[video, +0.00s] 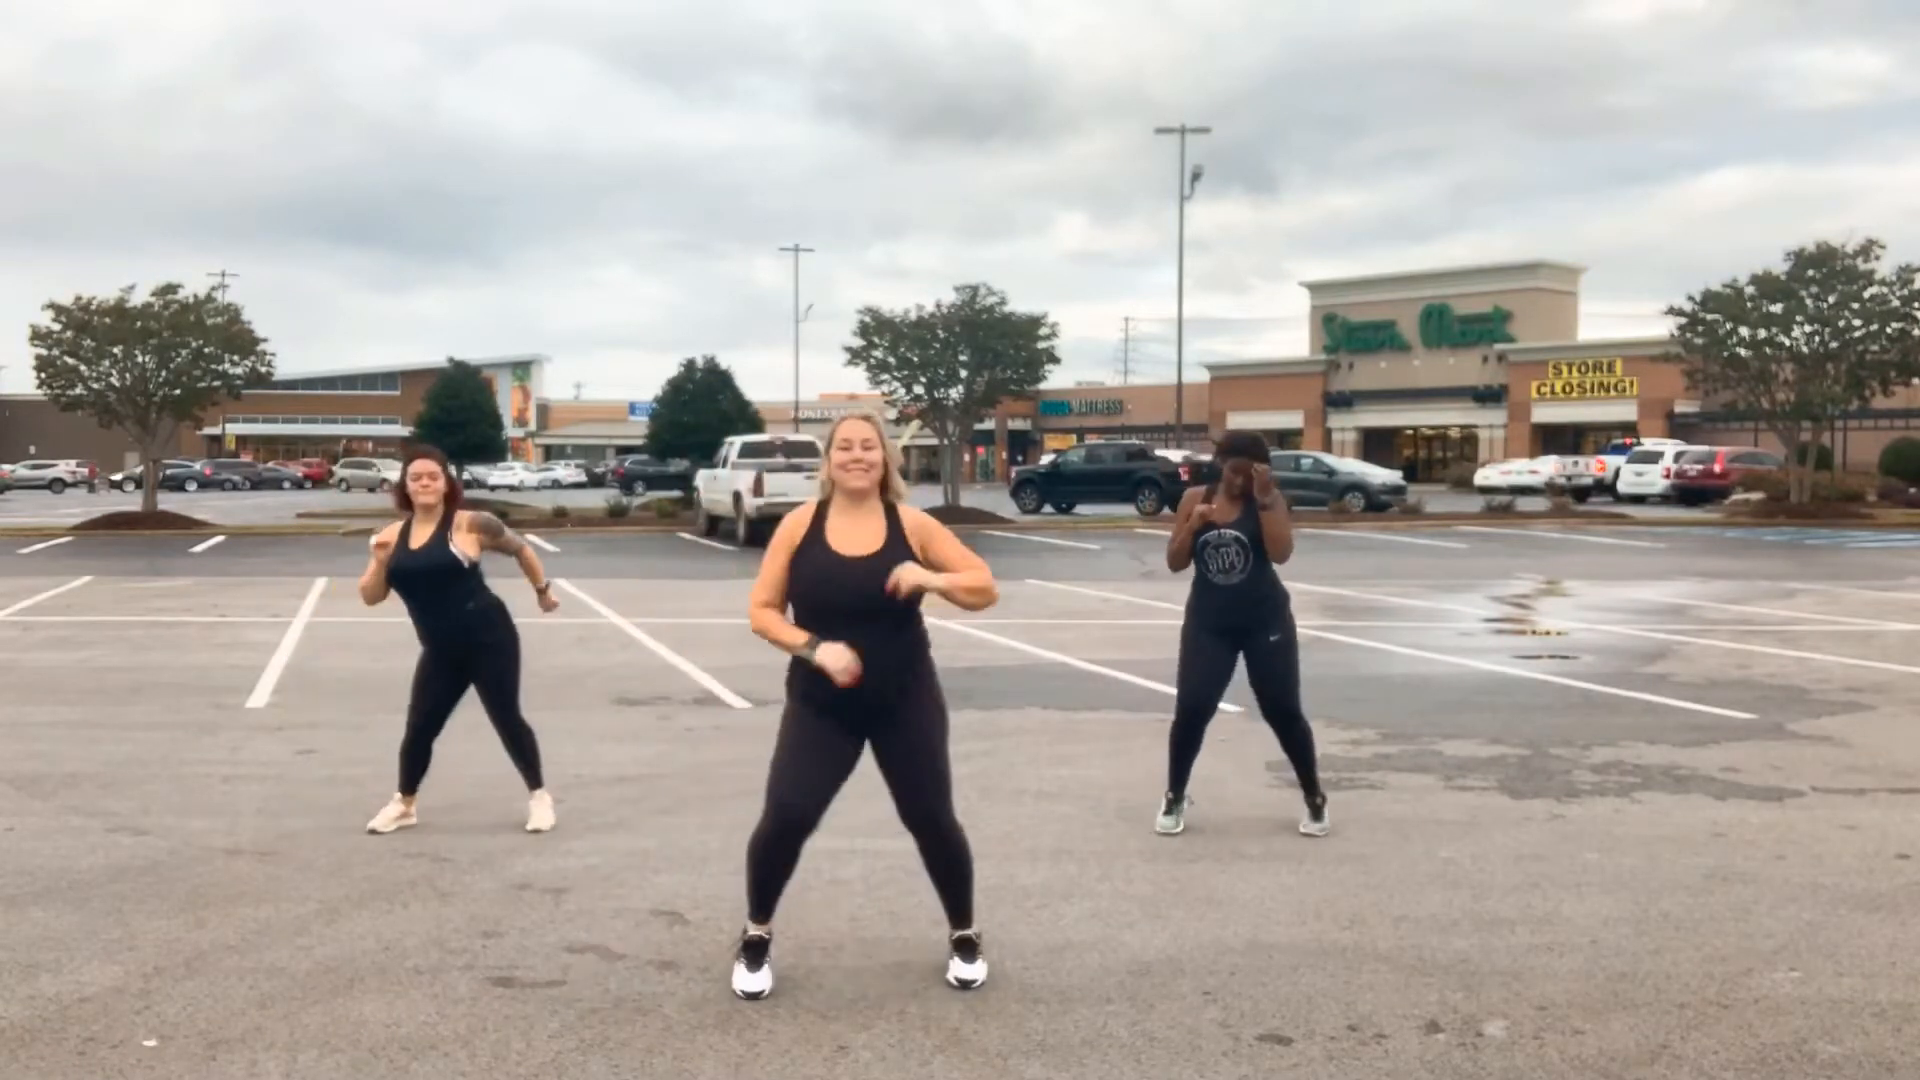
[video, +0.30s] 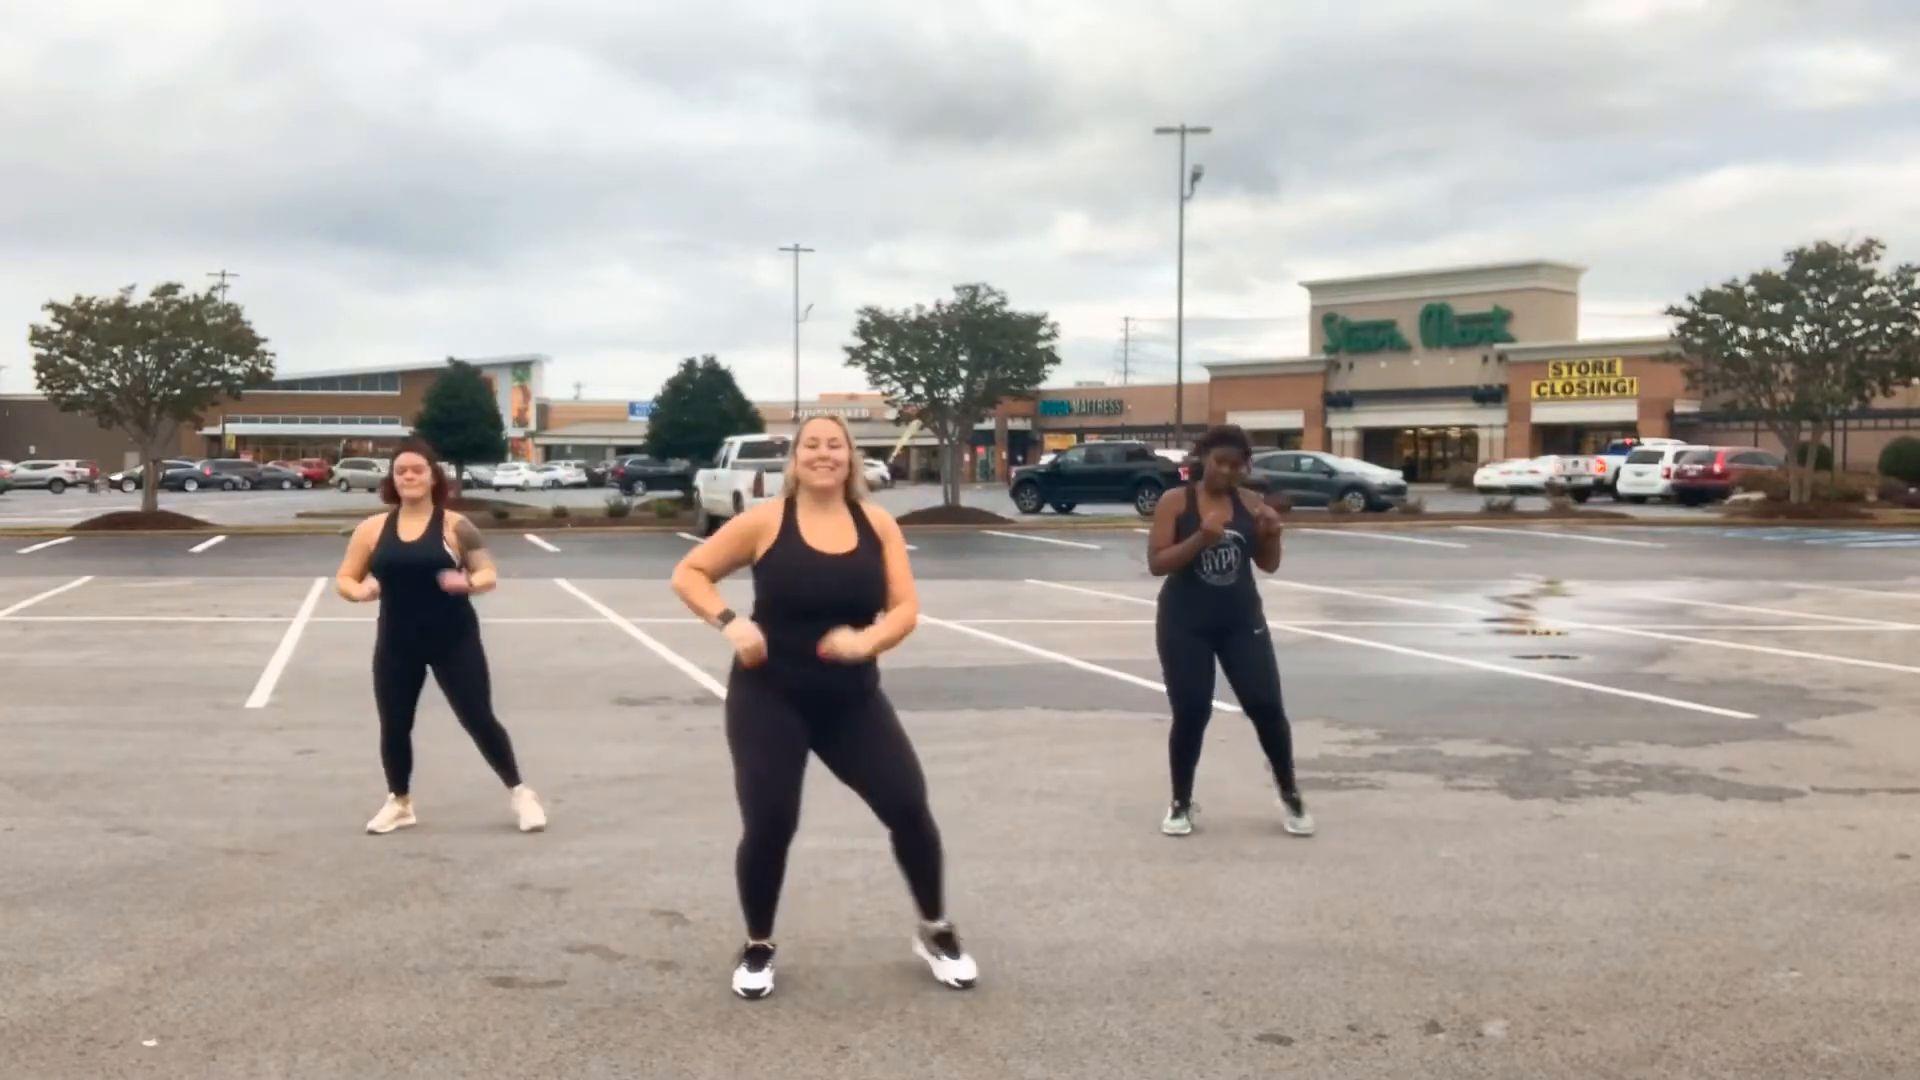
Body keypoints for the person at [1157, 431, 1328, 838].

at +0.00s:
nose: (1240, 479)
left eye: (1249, 473)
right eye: (1235, 470)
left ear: (1260, 474)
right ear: (1220, 465)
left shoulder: (1270, 501)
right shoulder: (1195, 498)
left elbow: (1281, 553)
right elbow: (1175, 562)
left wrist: (1265, 499)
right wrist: (1194, 525)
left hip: (1265, 620)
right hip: (1208, 620)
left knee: (1282, 712)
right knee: (1191, 710)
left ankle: (1314, 799)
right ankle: (1174, 798)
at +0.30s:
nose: (1228, 472)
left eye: (1236, 465)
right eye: (1221, 462)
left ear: (1244, 468)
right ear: (1203, 459)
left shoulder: (1250, 502)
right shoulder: (1175, 500)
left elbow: (1268, 564)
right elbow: (1157, 564)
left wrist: (1272, 534)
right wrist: (1200, 540)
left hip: (1241, 621)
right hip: (1185, 623)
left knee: (1268, 710)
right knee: (1191, 713)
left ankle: (1290, 794)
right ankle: (1181, 804)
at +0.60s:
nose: (1221, 459)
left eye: (1226, 452)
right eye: (1212, 451)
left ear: (1234, 459)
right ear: (1192, 457)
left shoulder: (1244, 499)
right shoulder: (1172, 502)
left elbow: (1251, 554)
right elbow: (1170, 562)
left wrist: (1279, 553)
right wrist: (1224, 544)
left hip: (1229, 618)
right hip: (1176, 618)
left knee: (1223, 713)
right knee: (1182, 710)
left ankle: (1216, 803)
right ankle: (1178, 804)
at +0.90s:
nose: (1221, 458)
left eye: (1224, 451)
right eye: (1209, 454)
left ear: (1232, 457)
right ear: (1192, 465)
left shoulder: (1243, 506)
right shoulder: (1175, 503)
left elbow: (1257, 572)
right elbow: (1137, 555)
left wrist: (1253, 547)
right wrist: (1184, 579)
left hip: (1213, 625)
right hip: (1162, 621)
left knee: (1218, 715)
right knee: (1163, 707)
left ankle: (1214, 804)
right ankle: (1107, 789)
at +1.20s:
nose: (1196, 456)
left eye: (1199, 449)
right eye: (1185, 452)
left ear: (1207, 457)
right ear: (1167, 462)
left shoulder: (1219, 506)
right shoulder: (1149, 500)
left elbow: (1229, 566)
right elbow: (1114, 555)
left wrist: (1236, 559)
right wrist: (1169, 569)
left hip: (1193, 625)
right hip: (1140, 622)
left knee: (1220, 708)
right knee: (1129, 711)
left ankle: (1219, 797)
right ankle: (1090, 796)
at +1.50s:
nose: (1206, 455)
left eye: (1207, 448)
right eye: (1195, 451)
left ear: (1214, 453)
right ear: (1176, 463)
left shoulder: (1235, 499)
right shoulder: (1157, 505)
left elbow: (1264, 560)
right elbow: (1135, 565)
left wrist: (1265, 535)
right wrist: (1176, 563)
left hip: (1219, 622)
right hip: (1163, 622)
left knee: (1221, 715)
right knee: (1148, 710)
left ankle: (1221, 803)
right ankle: (1104, 795)